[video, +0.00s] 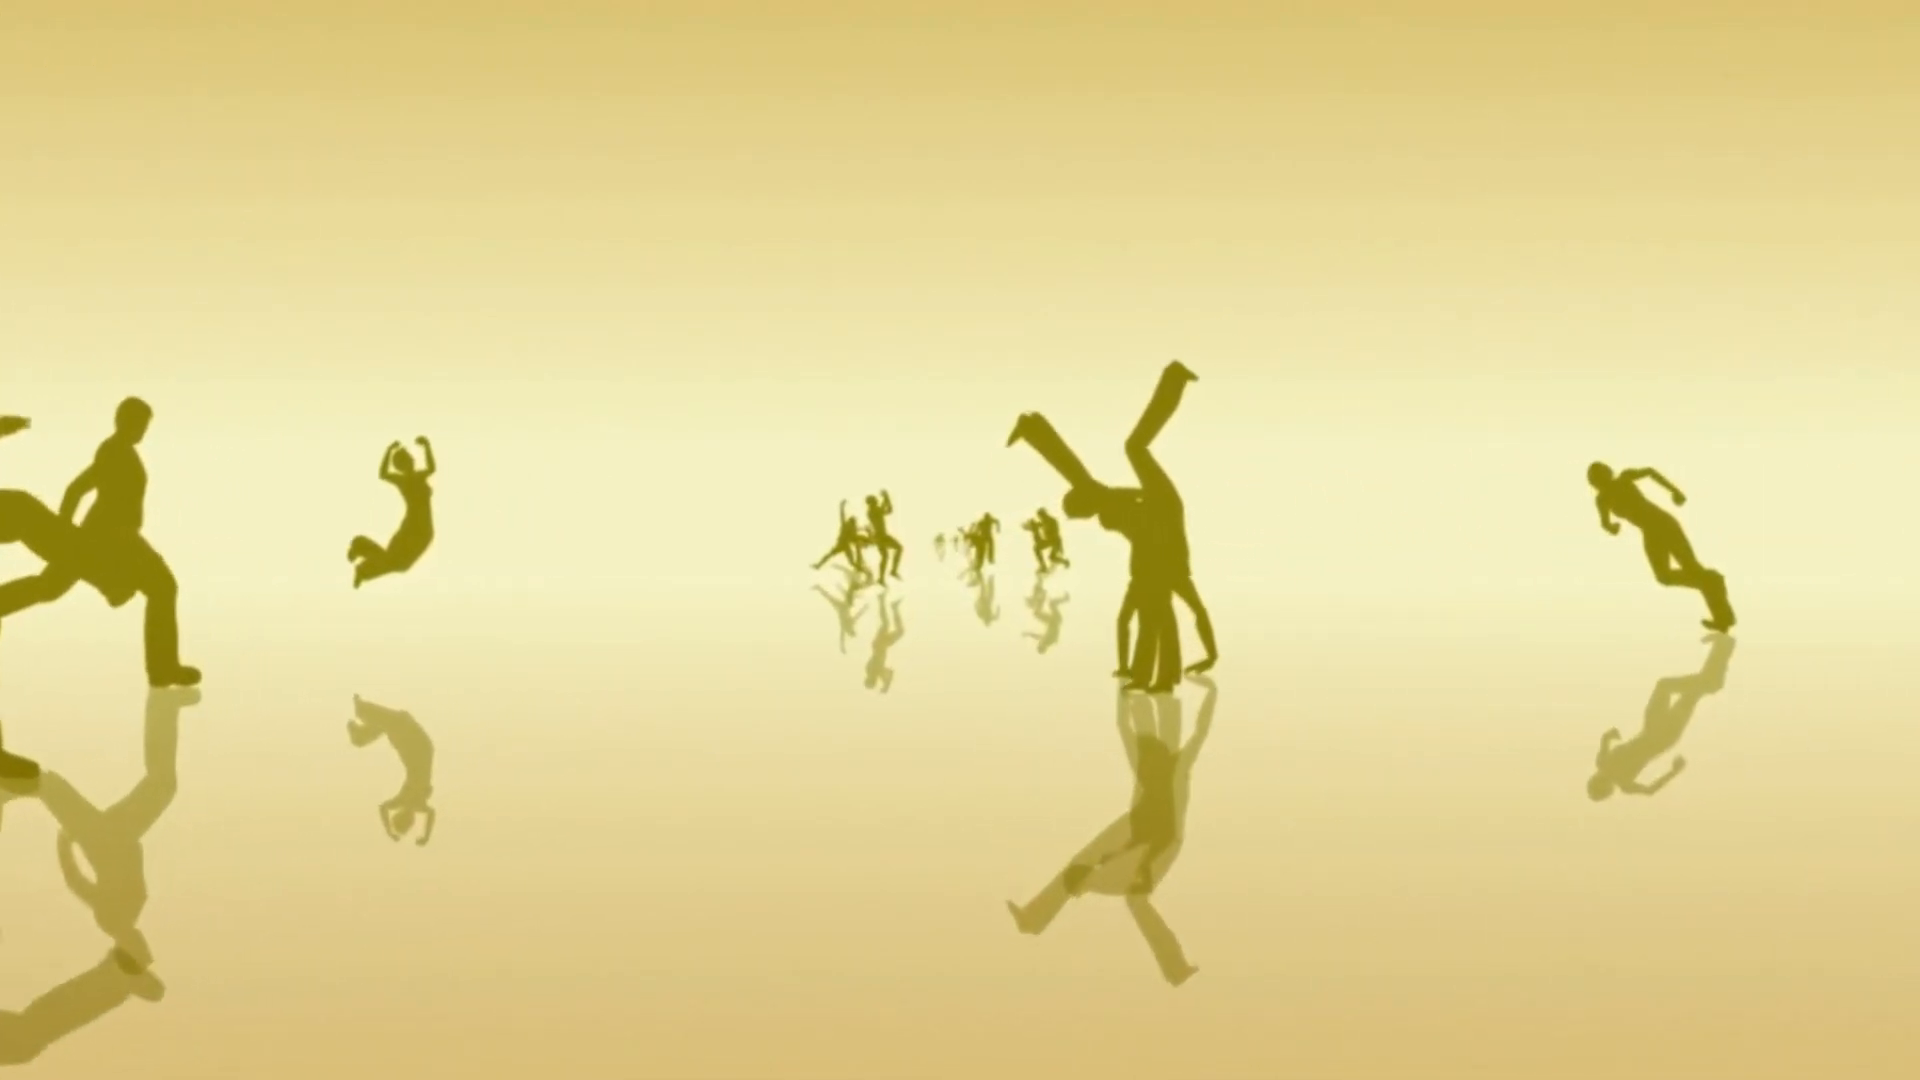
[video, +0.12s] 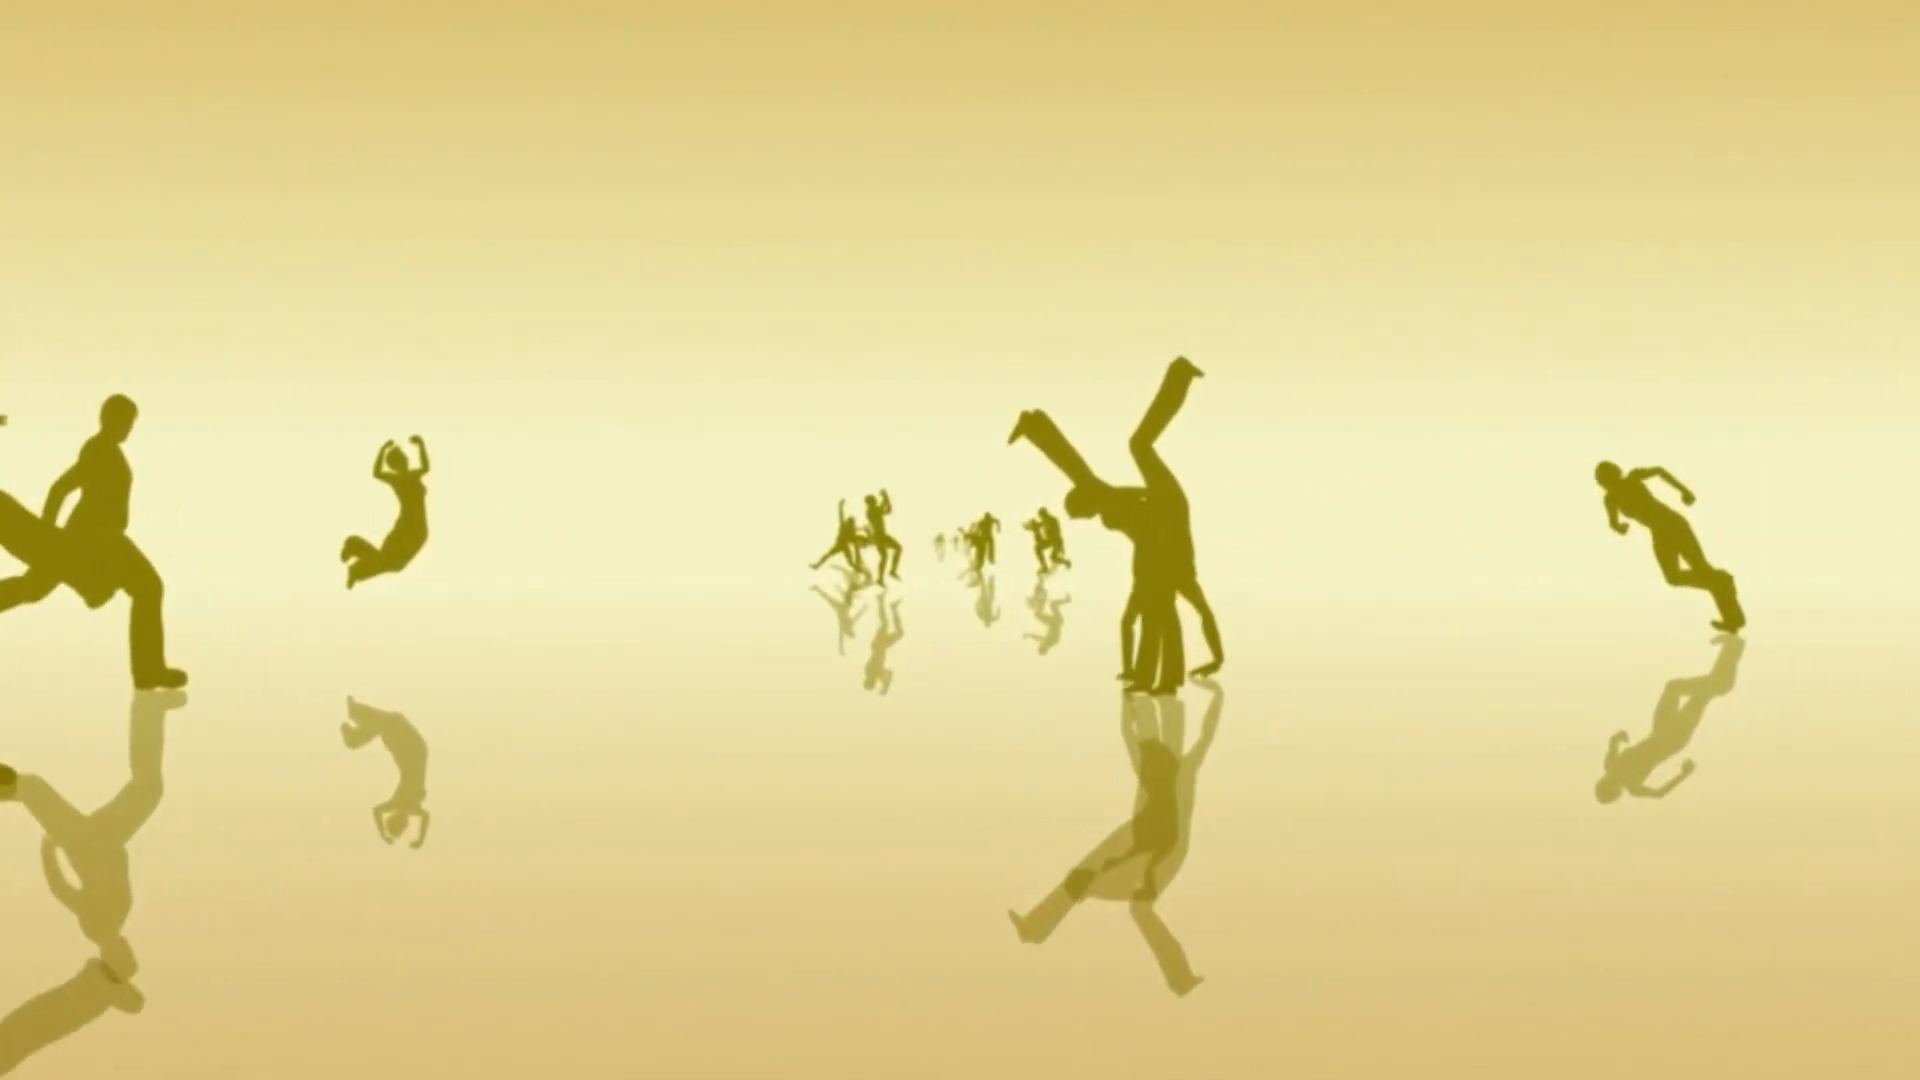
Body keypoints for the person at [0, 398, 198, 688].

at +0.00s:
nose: (142, 431)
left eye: (144, 425)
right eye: (138, 423)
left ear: (141, 424)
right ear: (125, 421)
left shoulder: (124, 452)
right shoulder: (115, 453)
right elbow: (76, 488)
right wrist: (61, 530)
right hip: (106, 539)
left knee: (47, 588)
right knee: (163, 588)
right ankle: (163, 670)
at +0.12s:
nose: (129, 428)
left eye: (131, 421)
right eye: (125, 420)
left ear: (126, 422)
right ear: (111, 419)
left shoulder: (110, 452)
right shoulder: (99, 452)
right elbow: (59, 487)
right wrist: (45, 531)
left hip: (107, 537)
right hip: (90, 535)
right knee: (149, 589)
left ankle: (150, 671)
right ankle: (149, 672)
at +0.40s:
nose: (64, 419)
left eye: (66, 413)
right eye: (60, 412)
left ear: (57, 412)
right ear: (45, 410)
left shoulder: (38, 443)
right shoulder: (34, 444)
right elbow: (5, 475)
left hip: (37, 535)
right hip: (33, 536)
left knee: (87, 593)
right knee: (86, 592)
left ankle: (87, 681)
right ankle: (86, 682)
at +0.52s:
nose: (47, 417)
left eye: (49, 410)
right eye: (43, 409)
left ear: (37, 409)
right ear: (28, 408)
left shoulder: (27, 445)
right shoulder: (16, 445)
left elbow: (30, 505)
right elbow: (24, 506)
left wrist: (28, 534)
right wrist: (25, 536)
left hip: (24, 537)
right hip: (18, 538)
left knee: (69, 593)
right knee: (68, 593)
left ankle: (70, 682)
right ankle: (69, 683)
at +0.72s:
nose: (5, 407)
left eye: (5, 401)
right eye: (4, 400)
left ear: (4, 396)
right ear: (1, 396)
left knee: (23, 594)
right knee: (24, 593)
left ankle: (23, 689)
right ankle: (23, 690)